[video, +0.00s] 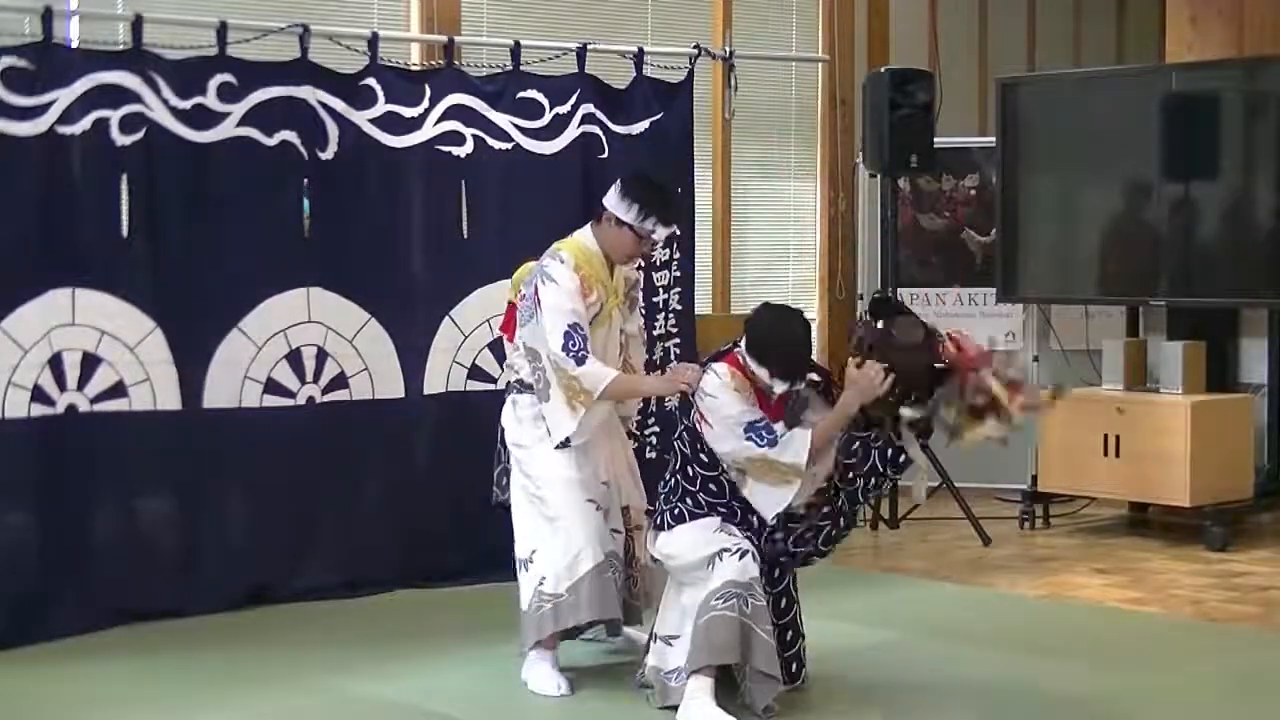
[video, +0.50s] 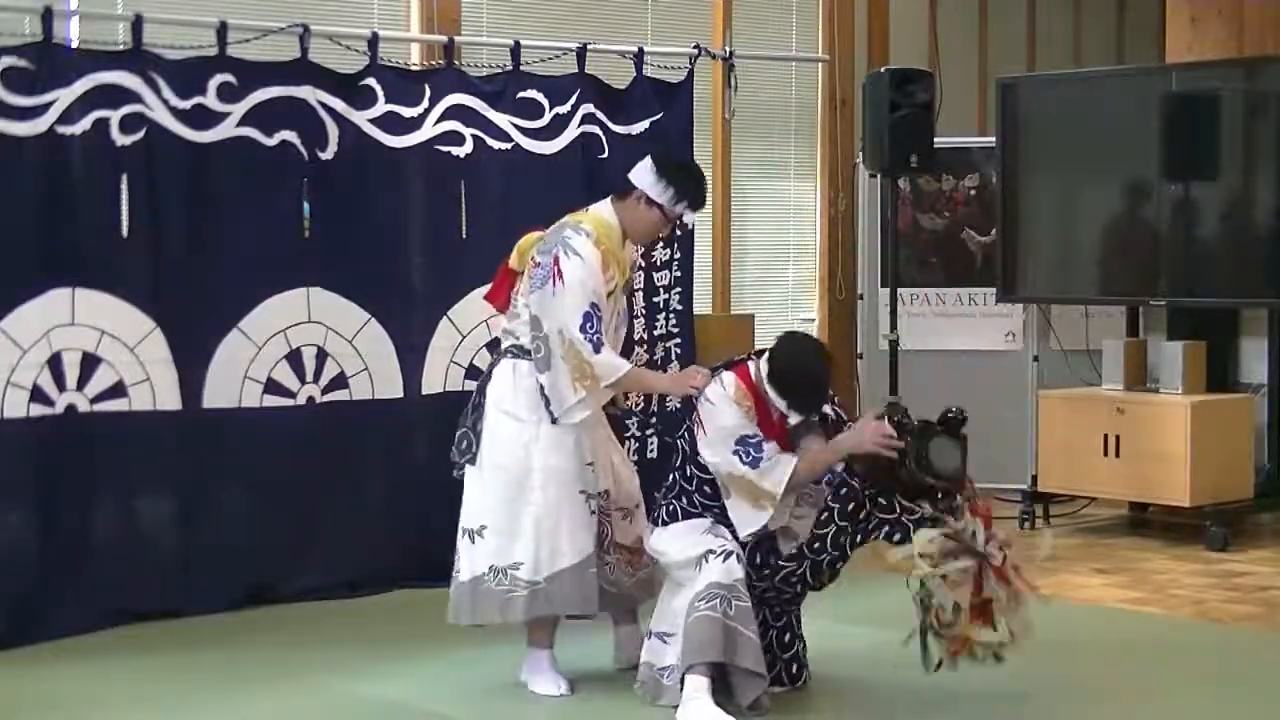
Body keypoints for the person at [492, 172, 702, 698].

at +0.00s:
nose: (647, 251)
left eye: (653, 242)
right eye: (643, 238)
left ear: (632, 231)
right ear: (614, 221)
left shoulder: (625, 274)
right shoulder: (562, 269)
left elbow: (629, 356)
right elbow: (577, 365)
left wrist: (654, 383)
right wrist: (656, 384)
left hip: (597, 414)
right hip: (543, 419)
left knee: (618, 518)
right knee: (568, 530)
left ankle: (600, 621)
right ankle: (541, 651)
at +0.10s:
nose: (649, 244)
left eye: (655, 235)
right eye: (647, 232)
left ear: (622, 219)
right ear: (618, 216)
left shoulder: (618, 264)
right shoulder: (561, 263)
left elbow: (624, 349)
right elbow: (580, 365)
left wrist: (653, 385)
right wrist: (660, 387)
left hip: (584, 408)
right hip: (533, 413)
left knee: (620, 510)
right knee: (559, 527)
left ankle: (606, 616)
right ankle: (541, 652)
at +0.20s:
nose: (650, 241)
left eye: (656, 231)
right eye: (646, 227)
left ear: (622, 213)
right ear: (615, 208)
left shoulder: (610, 261)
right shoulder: (562, 260)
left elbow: (607, 350)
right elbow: (578, 364)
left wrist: (628, 391)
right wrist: (658, 387)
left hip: (575, 408)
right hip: (525, 411)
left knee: (617, 510)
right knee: (554, 525)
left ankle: (602, 623)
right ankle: (541, 653)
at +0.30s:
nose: (652, 238)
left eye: (658, 227)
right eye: (652, 224)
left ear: (628, 208)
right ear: (624, 205)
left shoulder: (602, 254)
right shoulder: (566, 254)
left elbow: (594, 352)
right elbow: (581, 360)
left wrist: (628, 391)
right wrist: (659, 387)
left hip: (570, 409)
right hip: (522, 411)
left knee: (625, 511)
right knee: (545, 522)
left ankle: (617, 628)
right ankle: (540, 654)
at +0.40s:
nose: (656, 234)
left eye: (663, 225)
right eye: (657, 221)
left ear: (632, 204)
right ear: (630, 202)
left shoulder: (603, 250)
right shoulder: (569, 252)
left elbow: (594, 349)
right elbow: (581, 357)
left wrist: (626, 387)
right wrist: (659, 384)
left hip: (571, 406)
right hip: (530, 409)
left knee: (618, 507)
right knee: (547, 522)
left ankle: (628, 635)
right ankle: (539, 655)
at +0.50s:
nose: (666, 235)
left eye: (673, 226)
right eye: (668, 222)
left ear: (642, 202)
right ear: (642, 200)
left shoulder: (614, 249)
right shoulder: (577, 246)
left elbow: (598, 348)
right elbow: (583, 353)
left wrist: (625, 391)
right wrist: (663, 382)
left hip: (574, 404)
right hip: (533, 403)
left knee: (618, 507)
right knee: (551, 519)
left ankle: (630, 640)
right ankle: (539, 658)